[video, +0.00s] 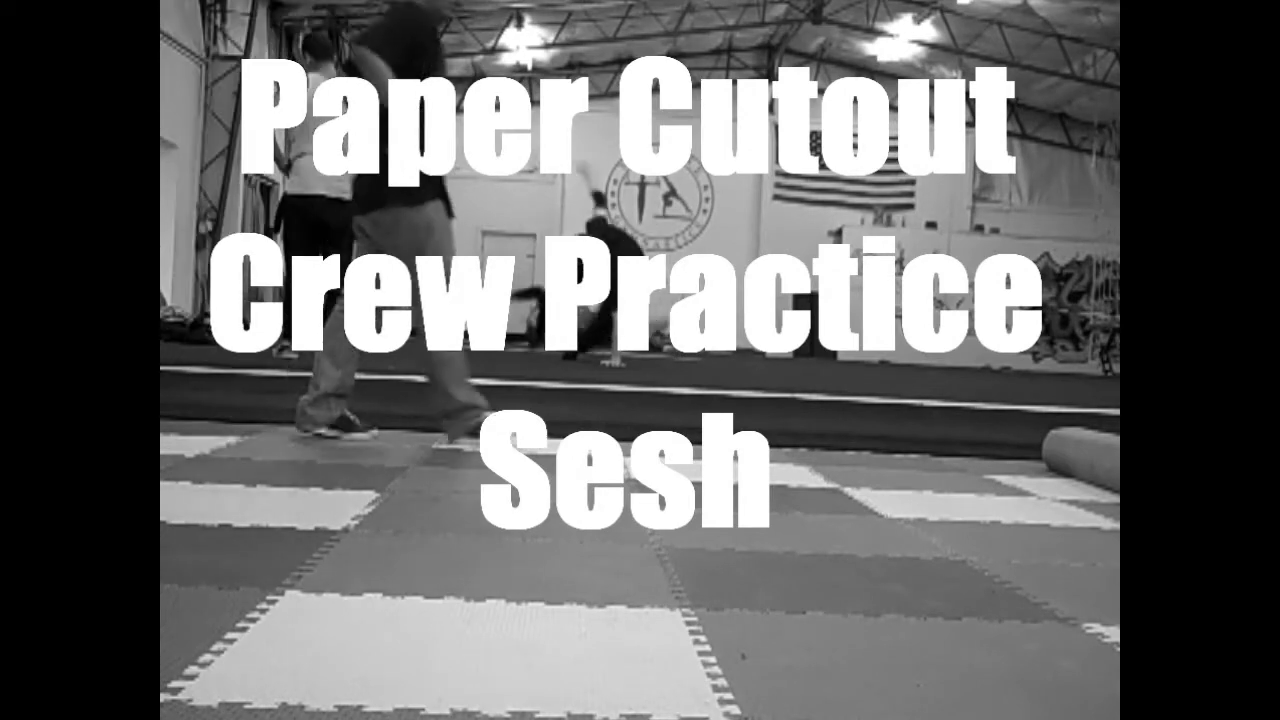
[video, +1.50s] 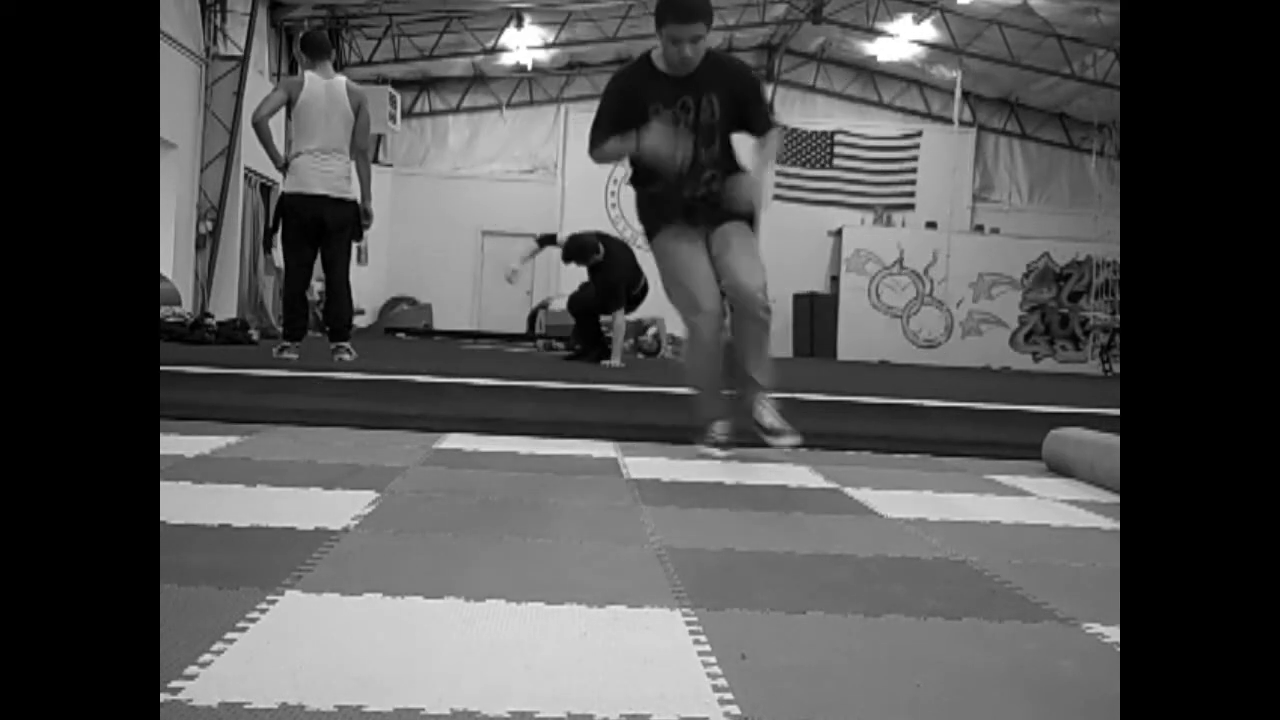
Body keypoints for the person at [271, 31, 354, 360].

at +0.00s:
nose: (301, 61)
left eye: (302, 55)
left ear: (305, 55)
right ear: (336, 55)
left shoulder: (294, 88)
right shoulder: (351, 89)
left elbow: (277, 137)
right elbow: (361, 142)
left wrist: (286, 164)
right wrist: (349, 172)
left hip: (299, 195)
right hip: (339, 196)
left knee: (296, 273)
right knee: (336, 278)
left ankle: (291, 344)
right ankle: (332, 351)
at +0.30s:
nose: (300, 62)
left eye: (300, 58)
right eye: (302, 58)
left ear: (305, 58)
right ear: (334, 56)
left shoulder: (297, 88)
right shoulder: (360, 92)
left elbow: (261, 120)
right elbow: (364, 153)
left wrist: (279, 160)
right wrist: (367, 202)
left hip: (300, 197)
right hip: (341, 199)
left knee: (295, 276)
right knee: (338, 279)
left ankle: (287, 342)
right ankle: (340, 344)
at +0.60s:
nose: (299, 63)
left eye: (299, 58)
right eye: (300, 58)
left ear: (305, 57)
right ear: (333, 57)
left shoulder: (295, 86)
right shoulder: (358, 94)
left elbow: (260, 119)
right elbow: (362, 155)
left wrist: (278, 160)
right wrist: (366, 204)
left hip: (300, 191)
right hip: (341, 193)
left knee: (297, 275)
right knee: (337, 276)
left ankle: (289, 343)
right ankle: (340, 344)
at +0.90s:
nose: (299, 63)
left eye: (299, 58)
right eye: (301, 58)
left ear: (304, 57)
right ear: (332, 56)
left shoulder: (294, 85)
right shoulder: (356, 95)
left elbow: (260, 118)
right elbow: (362, 154)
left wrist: (278, 161)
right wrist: (365, 202)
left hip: (298, 193)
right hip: (340, 196)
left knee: (295, 274)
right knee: (338, 276)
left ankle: (290, 343)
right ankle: (341, 345)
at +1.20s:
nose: (299, 62)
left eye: (299, 58)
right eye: (302, 58)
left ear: (303, 57)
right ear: (332, 55)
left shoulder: (293, 84)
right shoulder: (356, 94)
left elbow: (259, 118)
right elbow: (361, 152)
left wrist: (278, 161)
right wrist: (365, 202)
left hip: (298, 193)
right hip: (340, 197)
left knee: (295, 274)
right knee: (338, 276)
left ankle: (290, 343)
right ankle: (341, 345)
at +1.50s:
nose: (299, 61)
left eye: (299, 56)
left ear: (302, 56)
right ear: (332, 54)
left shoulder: (293, 84)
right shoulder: (355, 94)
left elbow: (258, 118)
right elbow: (361, 153)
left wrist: (278, 161)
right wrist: (366, 201)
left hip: (298, 194)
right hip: (340, 197)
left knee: (295, 274)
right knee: (338, 276)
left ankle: (290, 344)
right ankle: (341, 345)